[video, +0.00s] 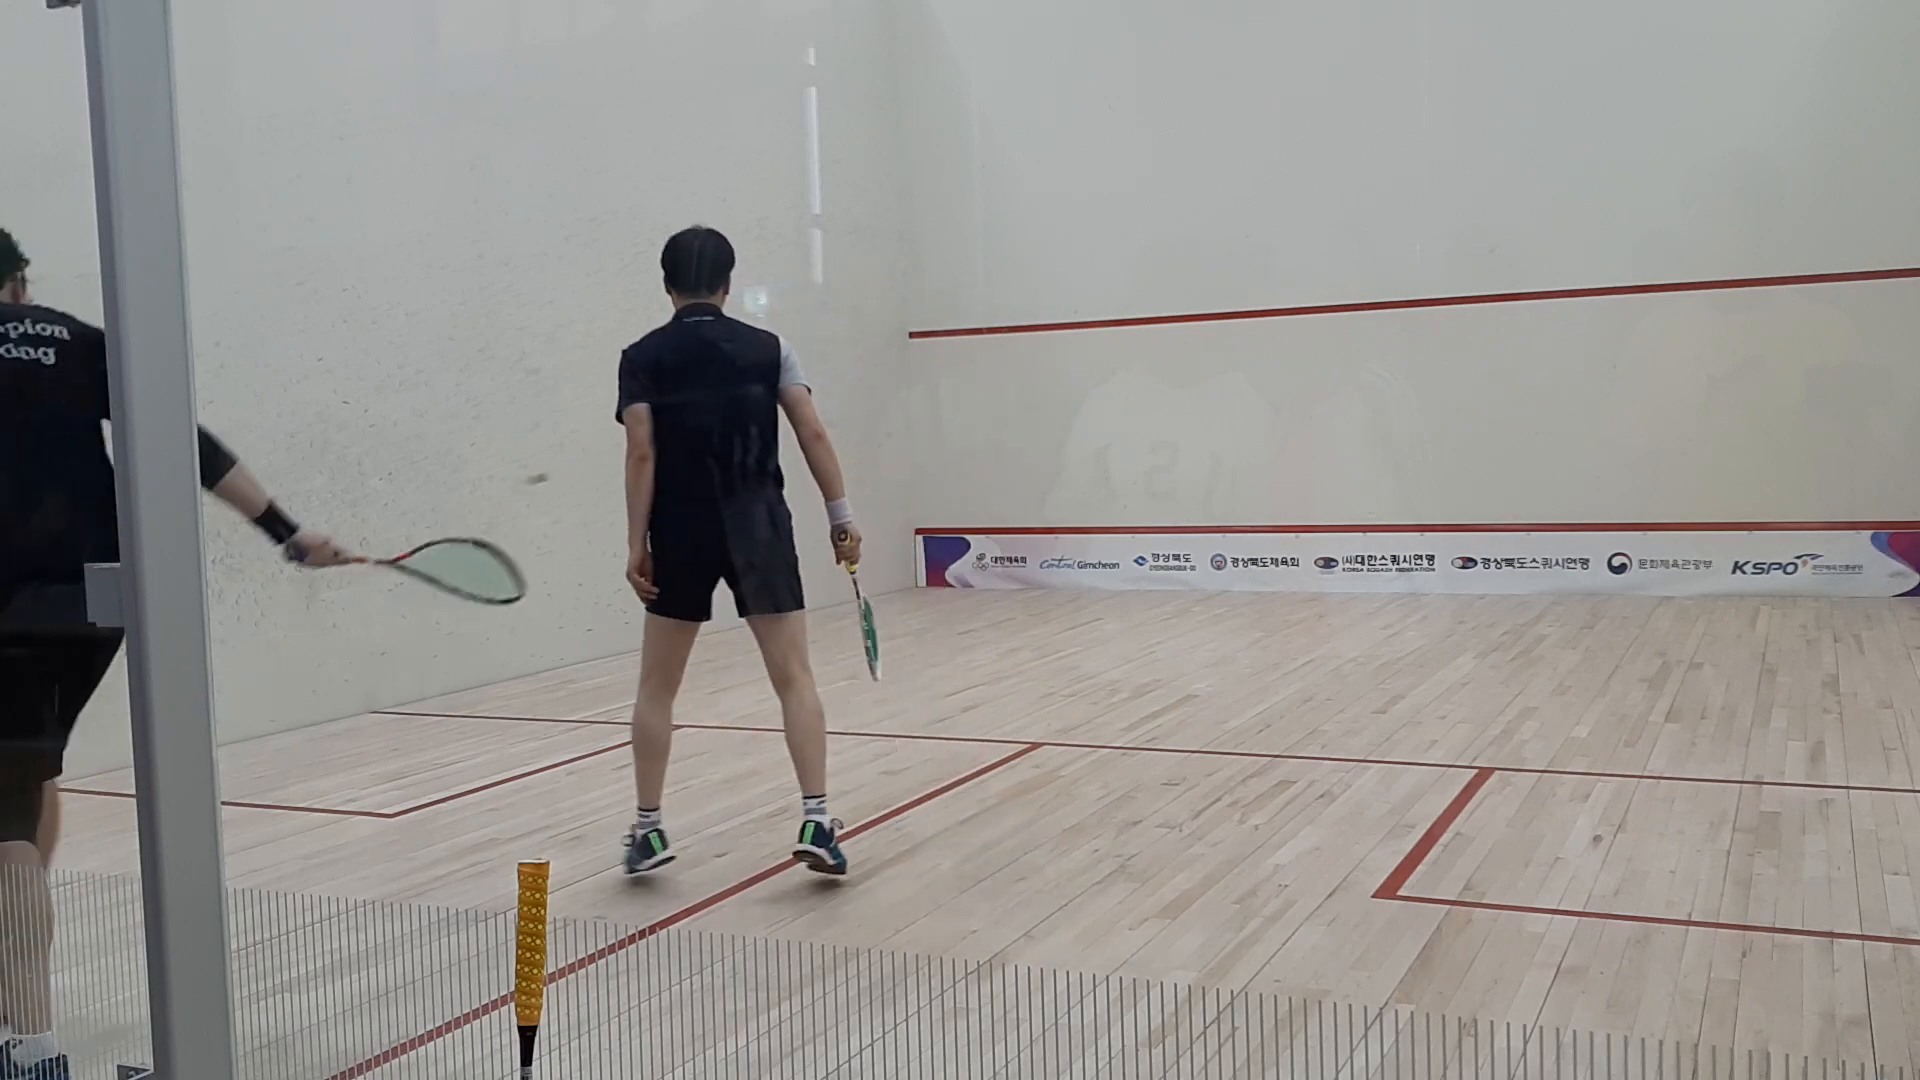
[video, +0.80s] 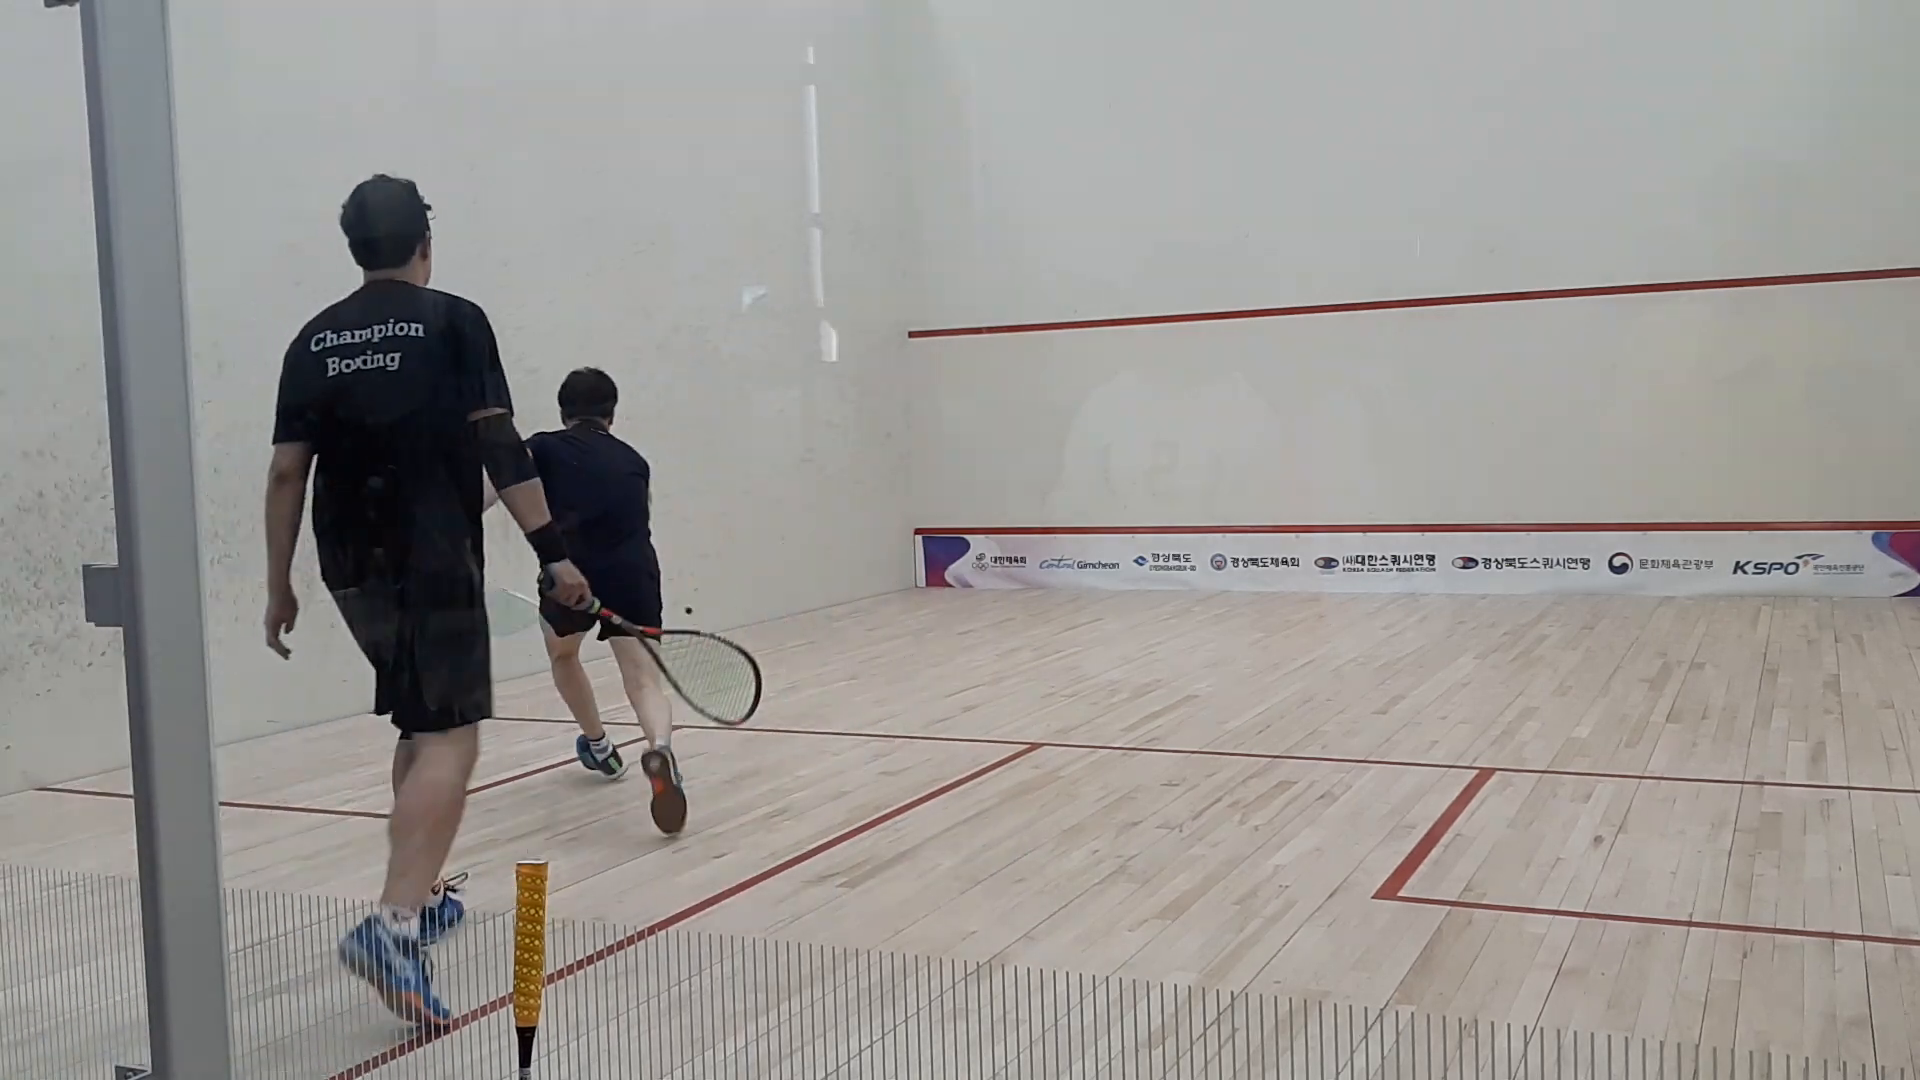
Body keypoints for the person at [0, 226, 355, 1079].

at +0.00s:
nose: (21, 289)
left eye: (17, 278)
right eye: (21, 279)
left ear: (1, 284)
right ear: (21, 280)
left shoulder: (57, 342)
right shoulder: (71, 343)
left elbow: (185, 439)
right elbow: (187, 440)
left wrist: (284, 527)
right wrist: (288, 530)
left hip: (28, 604)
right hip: (83, 601)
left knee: (22, 778)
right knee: (33, 772)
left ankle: (26, 1032)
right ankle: (26, 1027)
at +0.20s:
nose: (149, 230)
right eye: (139, 217)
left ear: (56, 243)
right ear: (128, 231)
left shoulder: (8, 318)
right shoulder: (168, 297)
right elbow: (252, 355)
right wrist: (333, 442)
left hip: (45, 605)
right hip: (176, 593)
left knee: (54, 801)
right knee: (214, 769)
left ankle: (31, 1048)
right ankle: (248, 983)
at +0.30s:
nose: (214, 260)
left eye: (207, 246)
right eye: (212, 246)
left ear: (116, 236)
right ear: (202, 245)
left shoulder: (64, 328)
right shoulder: (231, 305)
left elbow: (14, 440)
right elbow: (271, 386)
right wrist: (313, 463)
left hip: (100, 614)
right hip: (234, 600)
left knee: (84, 806)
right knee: (294, 785)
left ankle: (35, 1047)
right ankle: (344, 1005)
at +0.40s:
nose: (282, 245)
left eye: (273, 233)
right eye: (279, 233)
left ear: (193, 244)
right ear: (268, 238)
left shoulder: (138, 322)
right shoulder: (291, 311)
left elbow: (94, 447)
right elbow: (308, 406)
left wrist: (54, 566)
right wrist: (330, 502)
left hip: (183, 603)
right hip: (298, 596)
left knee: (150, 804)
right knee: (349, 782)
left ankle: (69, 1027)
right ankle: (358, 1007)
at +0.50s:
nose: (335, 235)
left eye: (327, 222)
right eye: (332, 222)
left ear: (249, 235)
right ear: (321, 229)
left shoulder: (194, 318)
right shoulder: (343, 307)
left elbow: (163, 454)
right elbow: (367, 429)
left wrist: (151, 580)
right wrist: (389, 534)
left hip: (226, 598)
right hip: (330, 592)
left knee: (242, 774)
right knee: (354, 781)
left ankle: (180, 982)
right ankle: (356, 1008)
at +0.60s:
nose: (375, 239)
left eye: (360, 227)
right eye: (374, 227)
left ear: (291, 234)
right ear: (365, 230)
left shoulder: (237, 327)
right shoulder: (394, 311)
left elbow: (202, 468)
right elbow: (426, 442)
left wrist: (165, 574)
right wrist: (455, 556)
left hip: (270, 578)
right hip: (366, 574)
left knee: (315, 743)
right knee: (362, 762)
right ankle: (358, 1000)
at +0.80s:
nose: (431, 243)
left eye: (418, 231)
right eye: (429, 232)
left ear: (354, 250)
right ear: (423, 241)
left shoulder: (312, 342)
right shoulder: (456, 322)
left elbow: (287, 473)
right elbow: (498, 444)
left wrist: (278, 582)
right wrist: (552, 554)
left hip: (346, 566)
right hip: (435, 561)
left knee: (417, 719)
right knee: (449, 734)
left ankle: (422, 893)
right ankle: (391, 924)